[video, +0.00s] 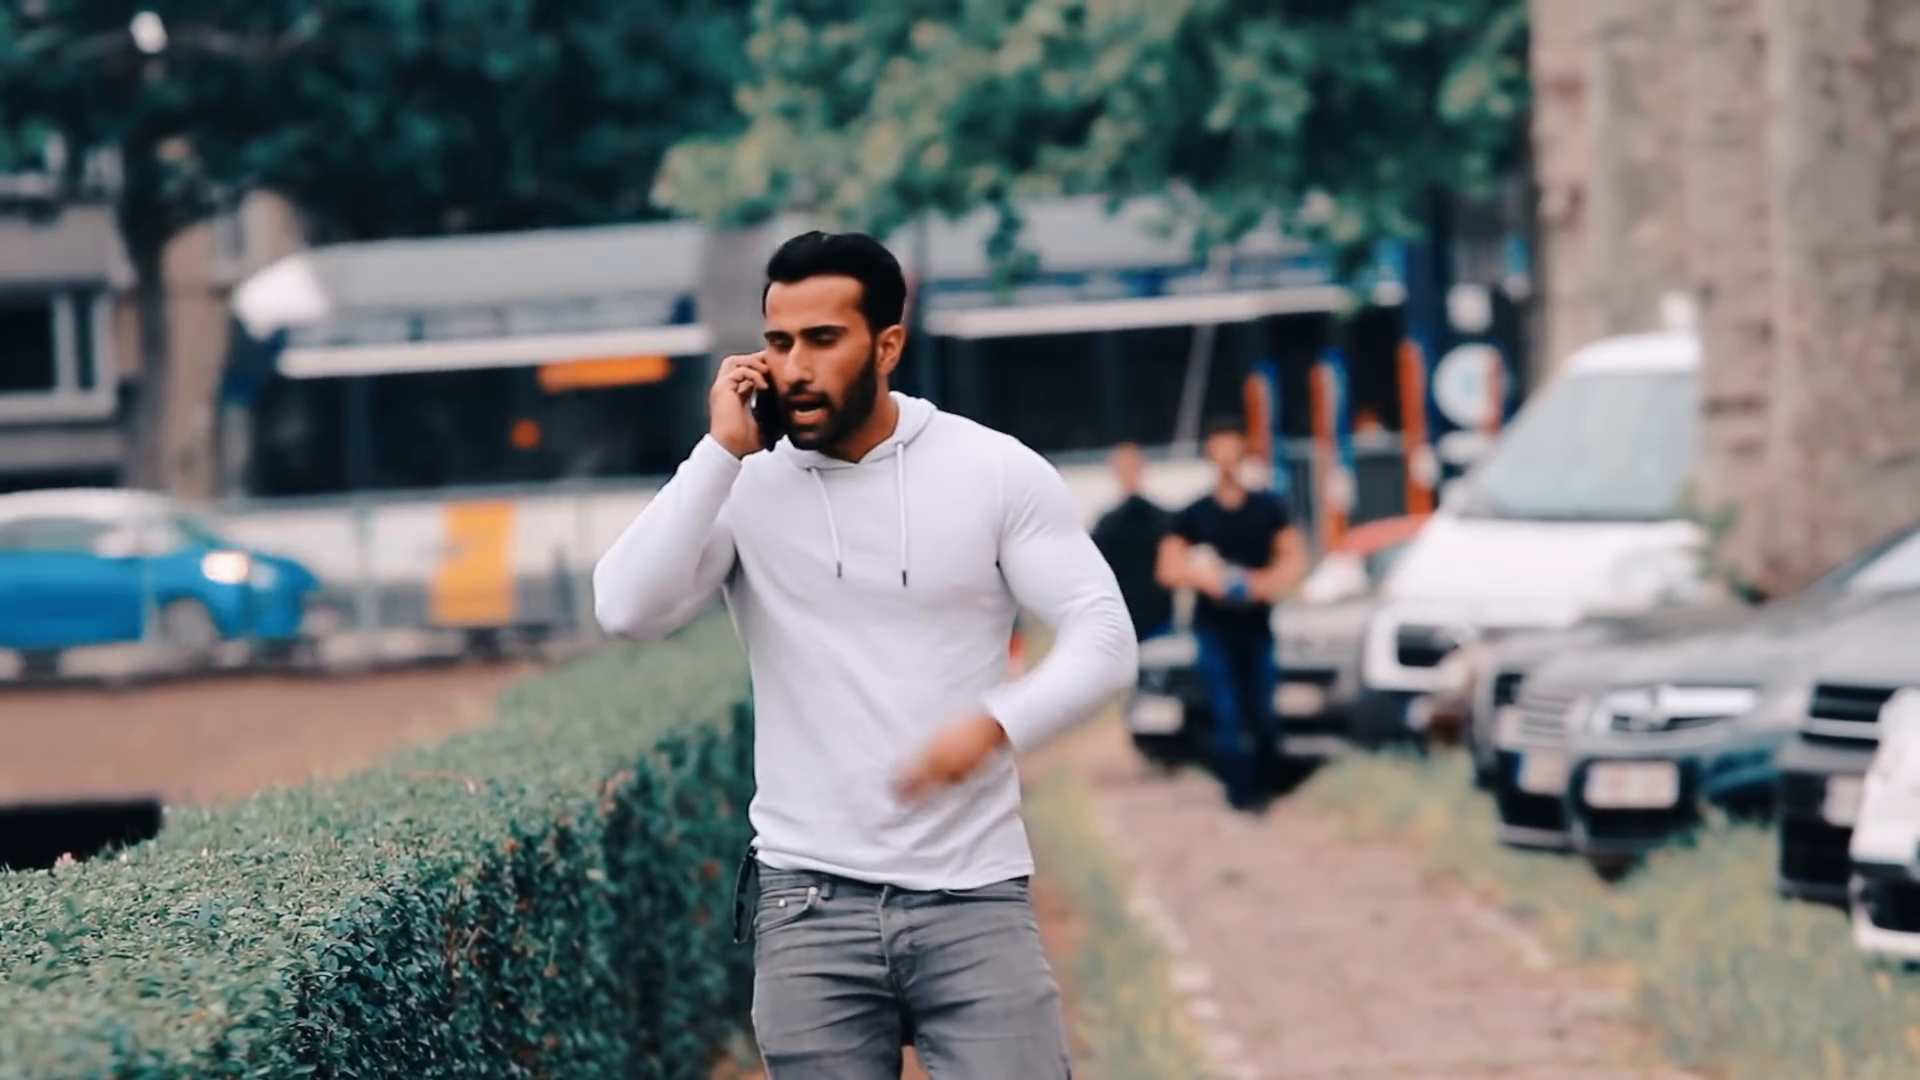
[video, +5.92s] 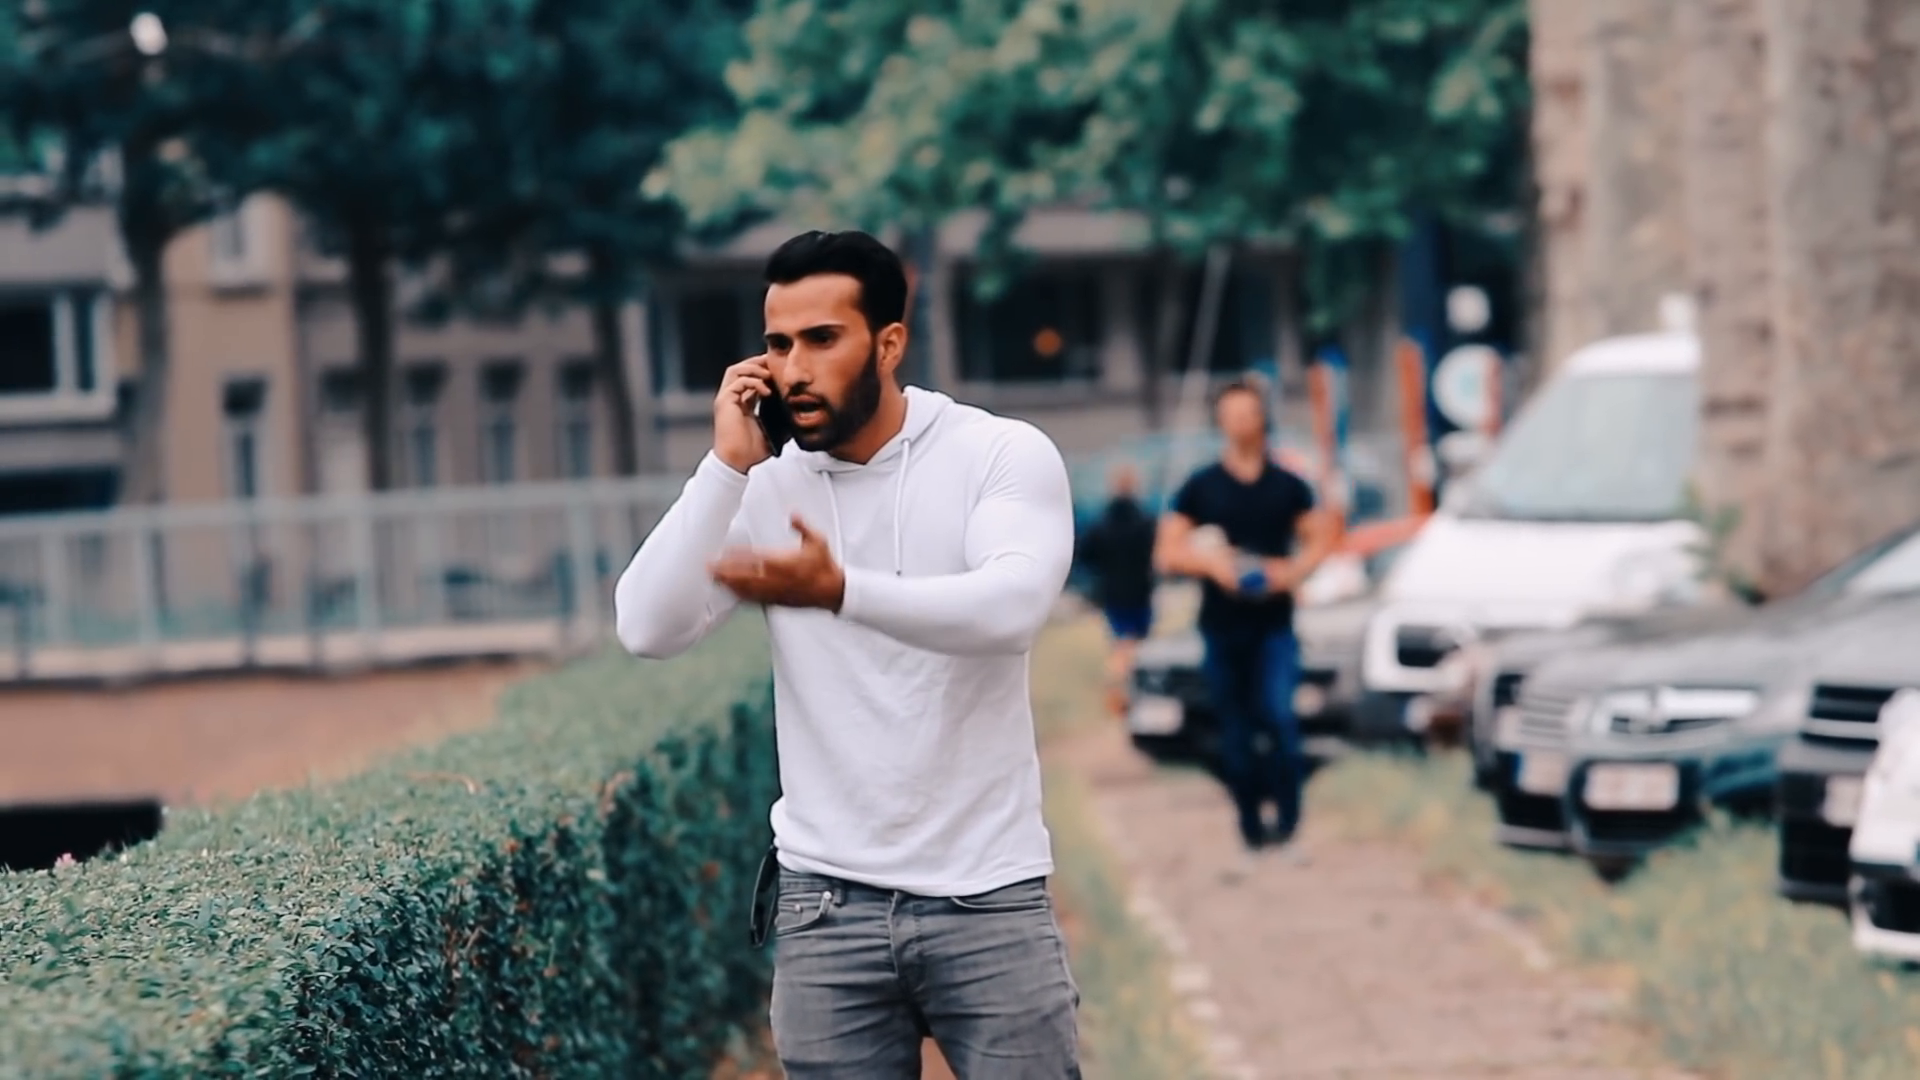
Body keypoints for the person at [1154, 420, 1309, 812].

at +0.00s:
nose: (1226, 455)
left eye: (1232, 446)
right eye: (1218, 447)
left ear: (1243, 451)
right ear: (1208, 454)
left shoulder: (1268, 509)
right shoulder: (1195, 515)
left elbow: (1293, 560)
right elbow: (1168, 568)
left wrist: (1265, 584)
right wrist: (1209, 580)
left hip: (1256, 623)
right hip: (1214, 626)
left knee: (1262, 708)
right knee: (1227, 710)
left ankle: (1264, 785)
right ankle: (1239, 790)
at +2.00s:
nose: (1221, 440)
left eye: (1229, 432)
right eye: (1214, 432)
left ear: (1241, 435)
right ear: (1204, 435)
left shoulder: (1264, 488)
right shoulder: (1190, 492)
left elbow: (1291, 542)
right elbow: (1163, 547)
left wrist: (1262, 569)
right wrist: (1198, 566)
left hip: (1251, 609)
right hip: (1207, 611)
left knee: (1251, 695)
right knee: (1217, 700)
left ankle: (1258, 785)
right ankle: (1233, 787)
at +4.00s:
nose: (1224, 435)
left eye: (1231, 427)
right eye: (1216, 427)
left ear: (1242, 430)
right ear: (1202, 430)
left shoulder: (1264, 486)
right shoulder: (1182, 489)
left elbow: (1289, 548)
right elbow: (1155, 548)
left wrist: (1250, 565)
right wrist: (1188, 562)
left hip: (1245, 617)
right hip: (1198, 618)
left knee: (1253, 703)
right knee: (1203, 714)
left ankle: (1283, 802)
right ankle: (1212, 810)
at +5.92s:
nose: (1241, 423)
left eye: (1249, 414)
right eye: (1232, 415)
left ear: (1263, 419)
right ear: (1220, 421)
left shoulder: (1287, 486)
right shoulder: (1202, 486)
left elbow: (1321, 537)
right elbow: (1167, 551)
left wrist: (1289, 572)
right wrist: (1214, 564)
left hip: (1273, 621)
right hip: (1223, 623)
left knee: (1277, 714)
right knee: (1233, 724)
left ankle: (1286, 810)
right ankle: (1248, 814)